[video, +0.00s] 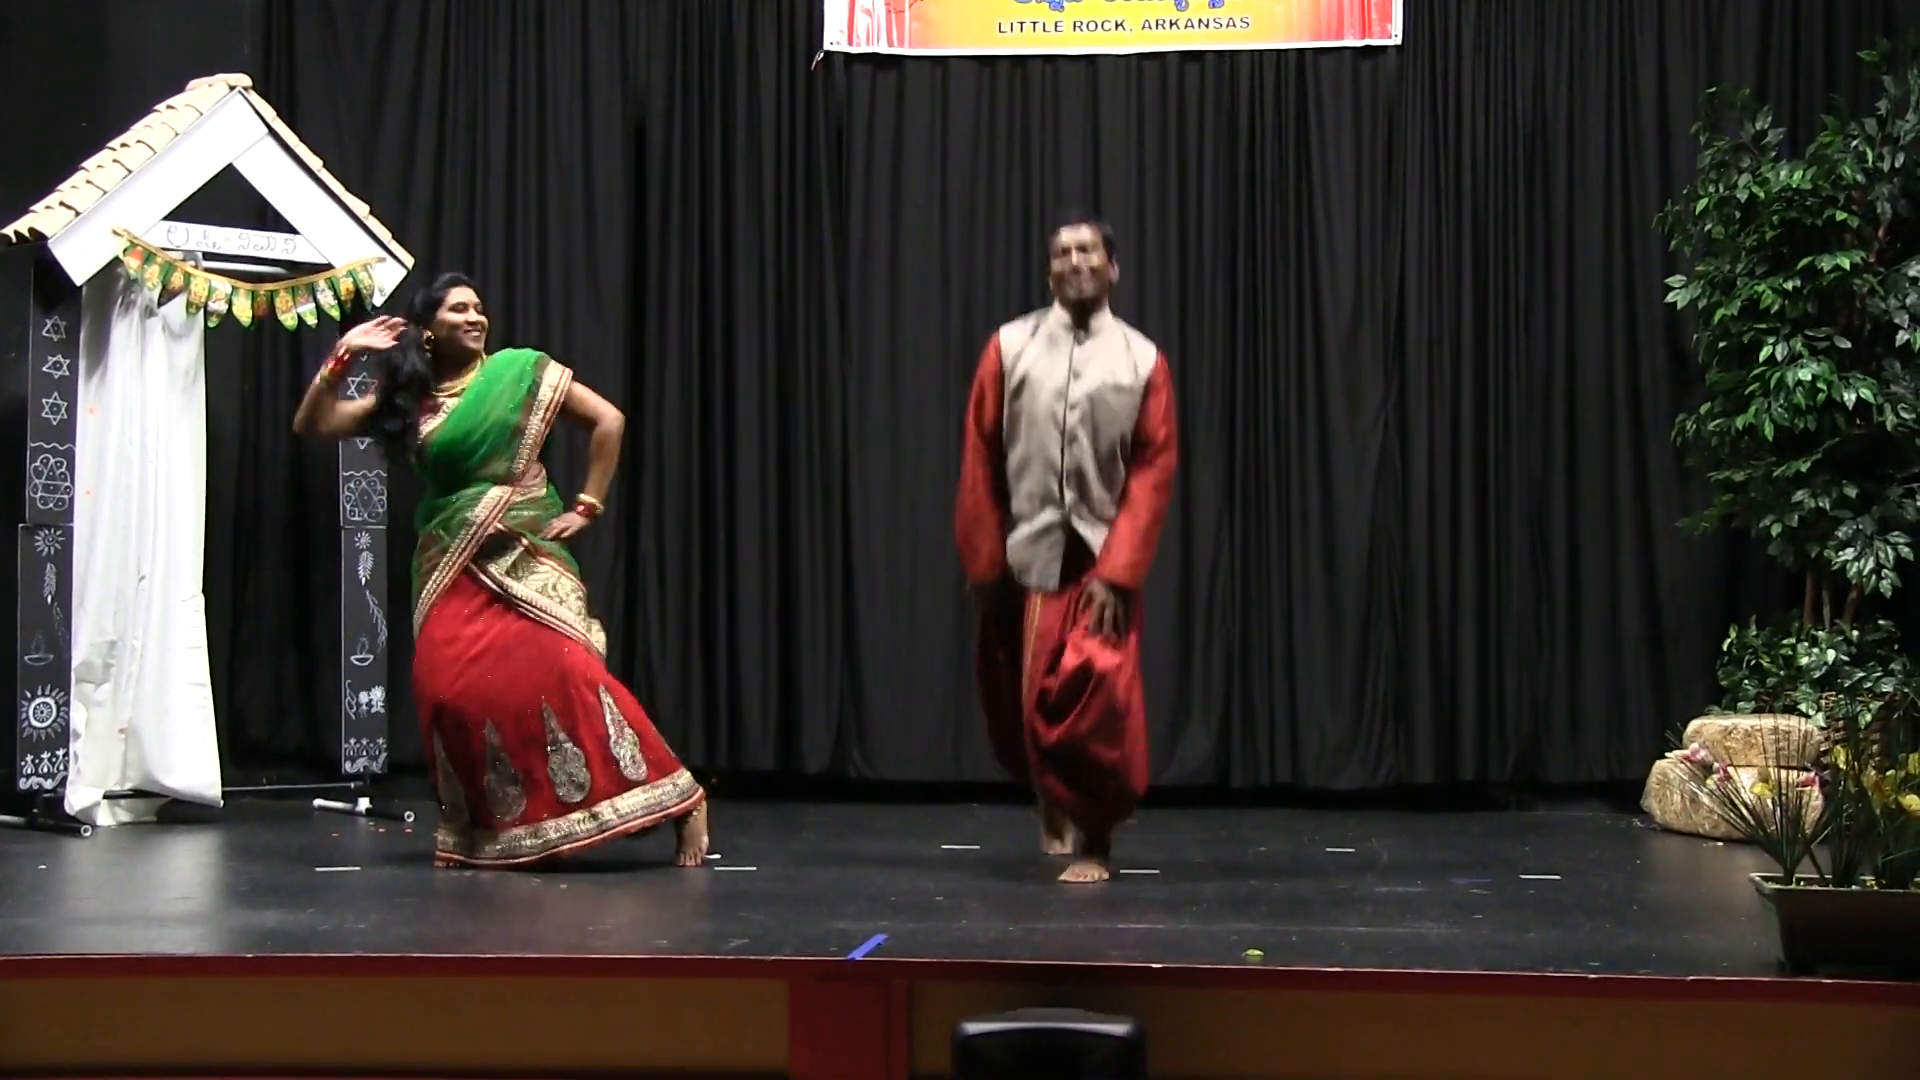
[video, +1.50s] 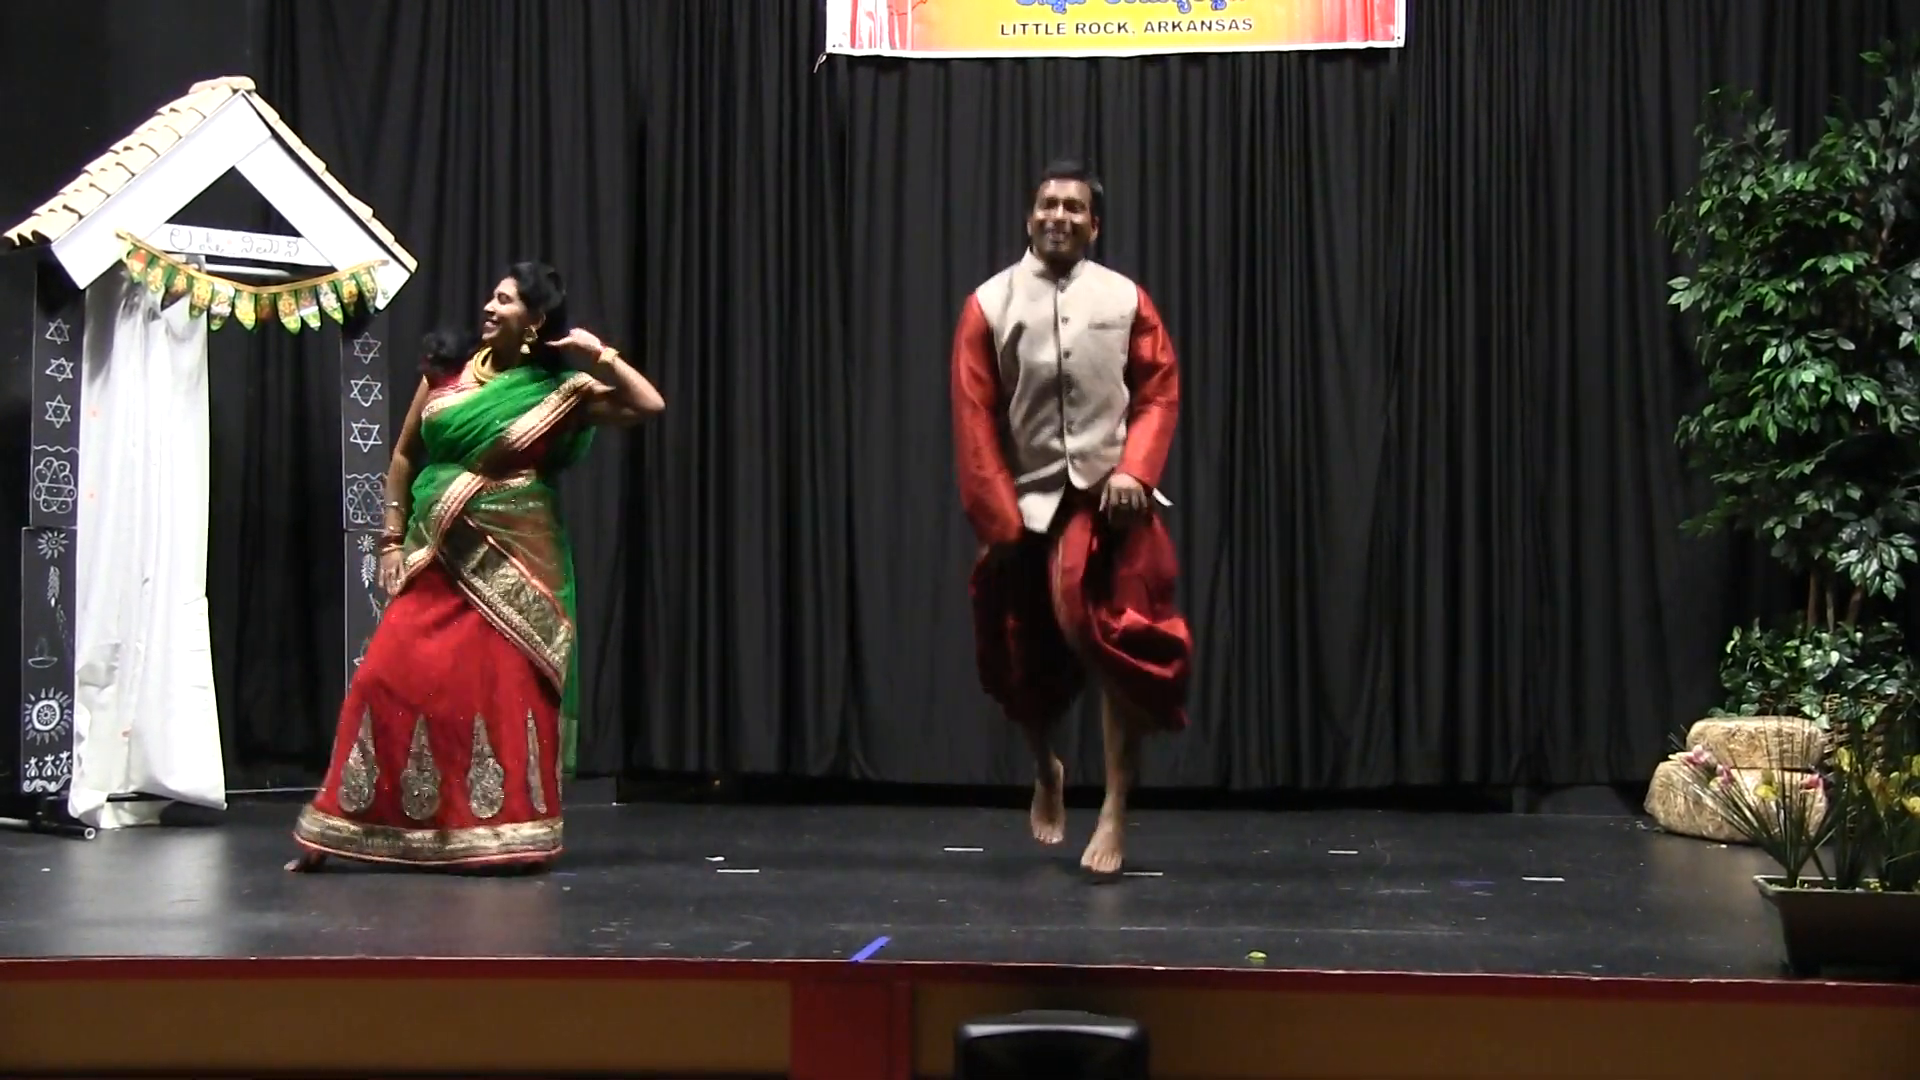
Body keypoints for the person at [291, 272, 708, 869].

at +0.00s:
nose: (474, 316)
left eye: (478, 309)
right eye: (458, 308)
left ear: (488, 322)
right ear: (426, 326)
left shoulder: (519, 369)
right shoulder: (409, 396)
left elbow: (608, 419)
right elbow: (313, 424)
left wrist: (589, 503)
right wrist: (341, 356)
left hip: (531, 549)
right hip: (451, 558)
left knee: (573, 671)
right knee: (440, 689)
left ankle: (685, 798)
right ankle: (461, 821)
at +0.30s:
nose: (464, 300)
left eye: (476, 294)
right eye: (451, 296)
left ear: (497, 317)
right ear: (436, 322)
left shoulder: (530, 370)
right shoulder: (412, 389)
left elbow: (611, 436)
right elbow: (346, 463)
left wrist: (651, 518)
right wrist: (270, 490)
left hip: (533, 550)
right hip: (452, 560)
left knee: (584, 677)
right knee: (447, 686)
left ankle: (688, 802)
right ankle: (463, 828)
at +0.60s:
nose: (467, 296)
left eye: (479, 288)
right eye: (457, 288)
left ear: (500, 307)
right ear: (444, 307)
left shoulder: (517, 373)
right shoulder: (426, 376)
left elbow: (542, 380)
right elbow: (389, 370)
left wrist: (515, 308)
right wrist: (379, 318)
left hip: (522, 539)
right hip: (445, 546)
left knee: (570, 660)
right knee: (447, 682)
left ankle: (624, 802)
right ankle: (477, 827)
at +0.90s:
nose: (480, 287)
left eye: (493, 276)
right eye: (477, 278)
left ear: (530, 286)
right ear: (475, 290)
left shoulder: (567, 352)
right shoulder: (451, 354)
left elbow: (662, 348)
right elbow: (375, 394)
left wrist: (623, 282)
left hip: (524, 528)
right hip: (443, 524)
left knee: (525, 667)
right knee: (376, 655)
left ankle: (522, 823)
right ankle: (320, 815)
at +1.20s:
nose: (488, 309)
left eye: (501, 300)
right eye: (490, 299)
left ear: (536, 313)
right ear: (497, 310)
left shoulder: (581, 380)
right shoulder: (465, 380)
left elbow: (674, 374)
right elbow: (407, 449)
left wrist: (625, 328)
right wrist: (369, 524)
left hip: (503, 546)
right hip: (423, 534)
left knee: (485, 681)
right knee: (359, 663)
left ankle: (497, 835)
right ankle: (308, 821)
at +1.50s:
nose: (492, 307)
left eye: (507, 300)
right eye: (493, 297)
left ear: (536, 316)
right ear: (488, 304)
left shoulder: (560, 387)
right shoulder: (444, 375)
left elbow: (650, 405)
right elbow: (403, 456)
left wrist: (601, 353)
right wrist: (392, 540)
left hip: (519, 555)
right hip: (441, 552)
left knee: (513, 687)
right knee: (376, 674)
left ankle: (517, 837)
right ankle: (327, 827)